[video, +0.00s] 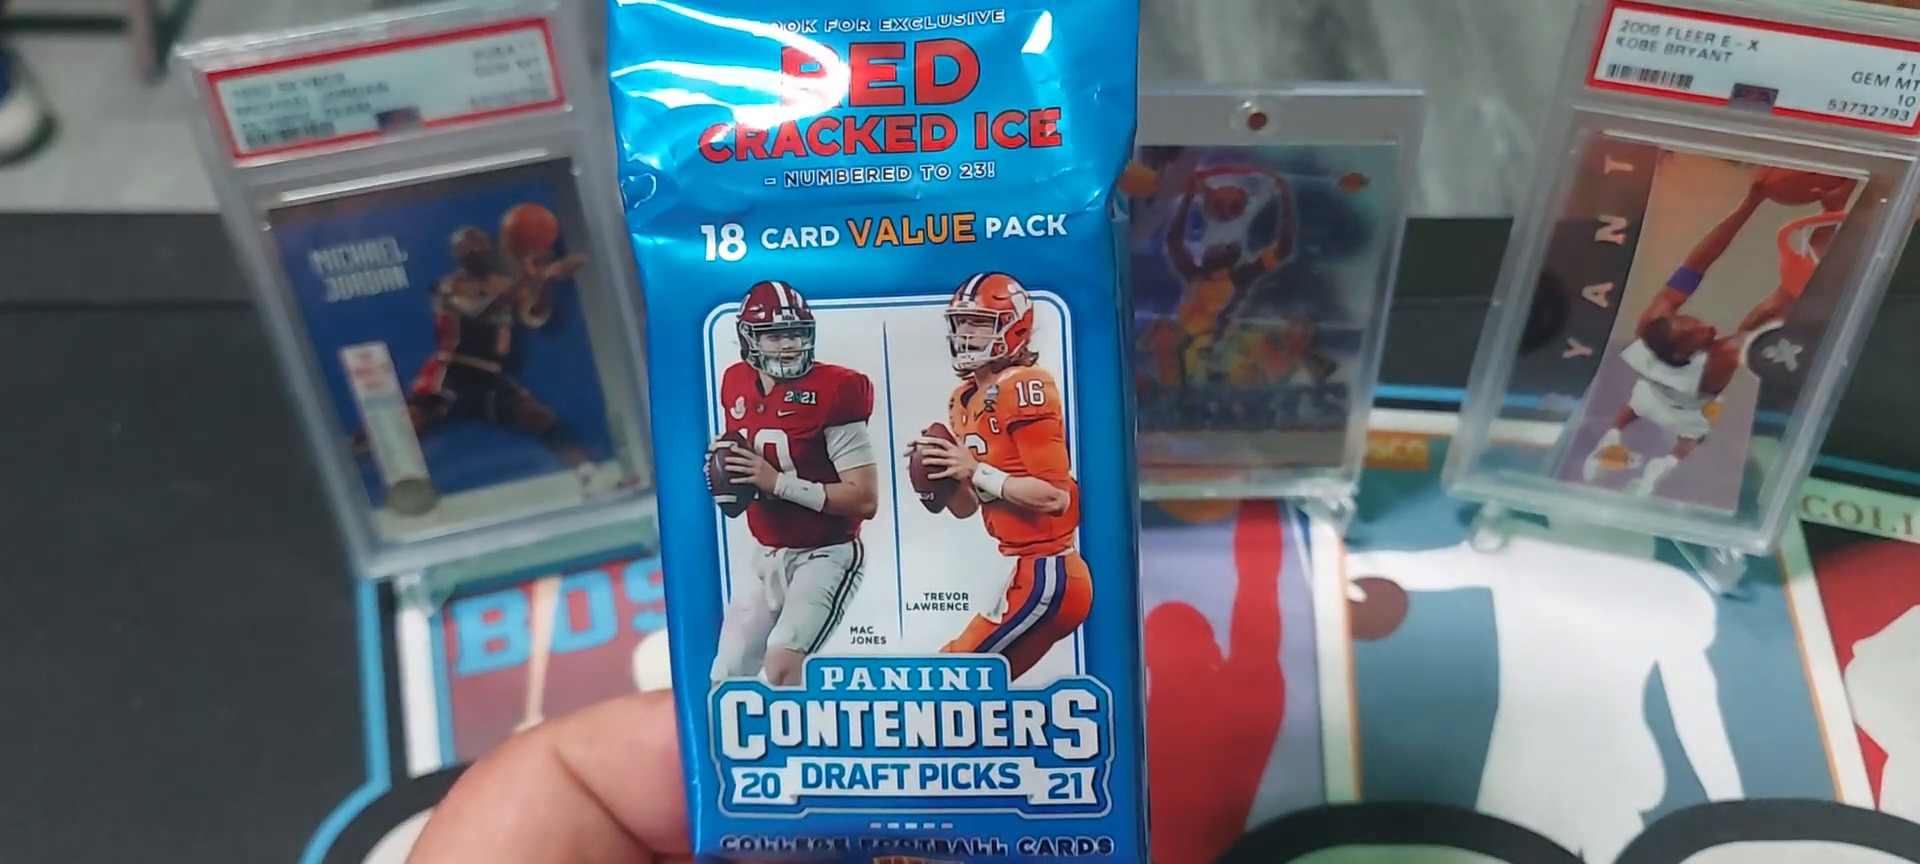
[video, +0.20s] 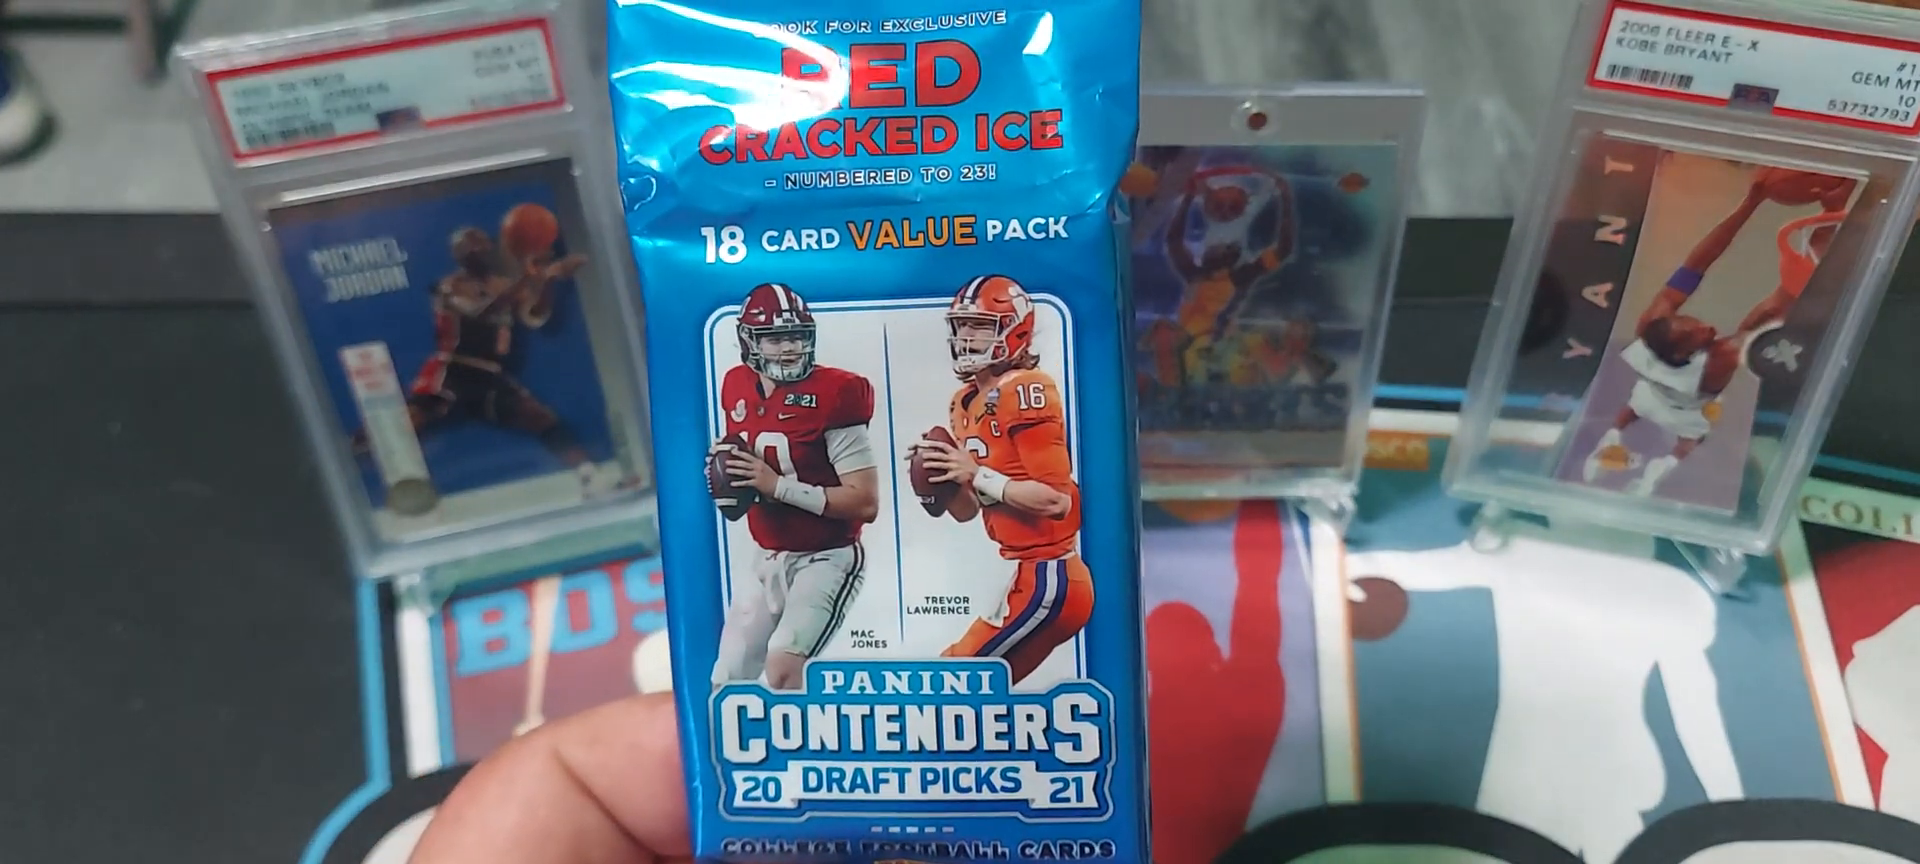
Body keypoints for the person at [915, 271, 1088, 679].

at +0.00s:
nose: (965, 336)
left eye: (979, 325)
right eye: (961, 324)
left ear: (1013, 329)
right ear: (951, 326)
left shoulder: (1025, 385)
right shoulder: (962, 399)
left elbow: (1053, 495)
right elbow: (964, 506)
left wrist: (974, 470)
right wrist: (935, 474)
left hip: (1047, 575)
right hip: (1030, 572)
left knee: (944, 682)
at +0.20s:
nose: (966, 339)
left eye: (980, 328)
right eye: (961, 327)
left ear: (1014, 332)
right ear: (952, 330)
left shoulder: (1027, 389)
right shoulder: (963, 402)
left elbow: (1055, 499)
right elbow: (965, 510)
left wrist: (976, 474)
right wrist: (935, 480)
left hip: (1049, 579)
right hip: (1030, 576)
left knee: (946, 686)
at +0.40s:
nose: (972, 340)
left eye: (986, 328)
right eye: (967, 328)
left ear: (1020, 333)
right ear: (958, 331)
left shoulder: (1032, 390)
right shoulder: (969, 403)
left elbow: (1060, 499)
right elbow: (970, 510)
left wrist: (981, 474)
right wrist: (942, 477)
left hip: (1055, 579)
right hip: (1036, 576)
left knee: (952, 685)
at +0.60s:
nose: (970, 347)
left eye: (984, 336)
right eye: (965, 335)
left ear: (1017, 340)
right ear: (956, 338)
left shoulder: (1029, 397)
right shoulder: (968, 410)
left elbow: (1059, 506)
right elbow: (969, 517)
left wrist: (980, 481)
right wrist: (939, 485)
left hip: (1053, 584)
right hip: (1036, 581)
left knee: (953, 691)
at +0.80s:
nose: (988, 374)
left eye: (1002, 363)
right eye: (983, 362)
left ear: (1034, 368)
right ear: (974, 366)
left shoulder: (1045, 424)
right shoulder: (984, 437)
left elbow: (1074, 533)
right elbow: (983, 543)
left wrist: (995, 507)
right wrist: (957, 508)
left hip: (1067, 612)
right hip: (1052, 609)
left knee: (964, 716)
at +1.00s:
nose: (988, 359)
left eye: (1002, 348)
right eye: (983, 347)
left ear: (1034, 353)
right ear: (974, 350)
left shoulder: (1046, 410)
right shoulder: (985, 422)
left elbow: (1074, 517)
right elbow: (984, 528)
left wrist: (996, 492)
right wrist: (957, 491)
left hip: (1067, 597)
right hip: (1050, 594)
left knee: (964, 702)